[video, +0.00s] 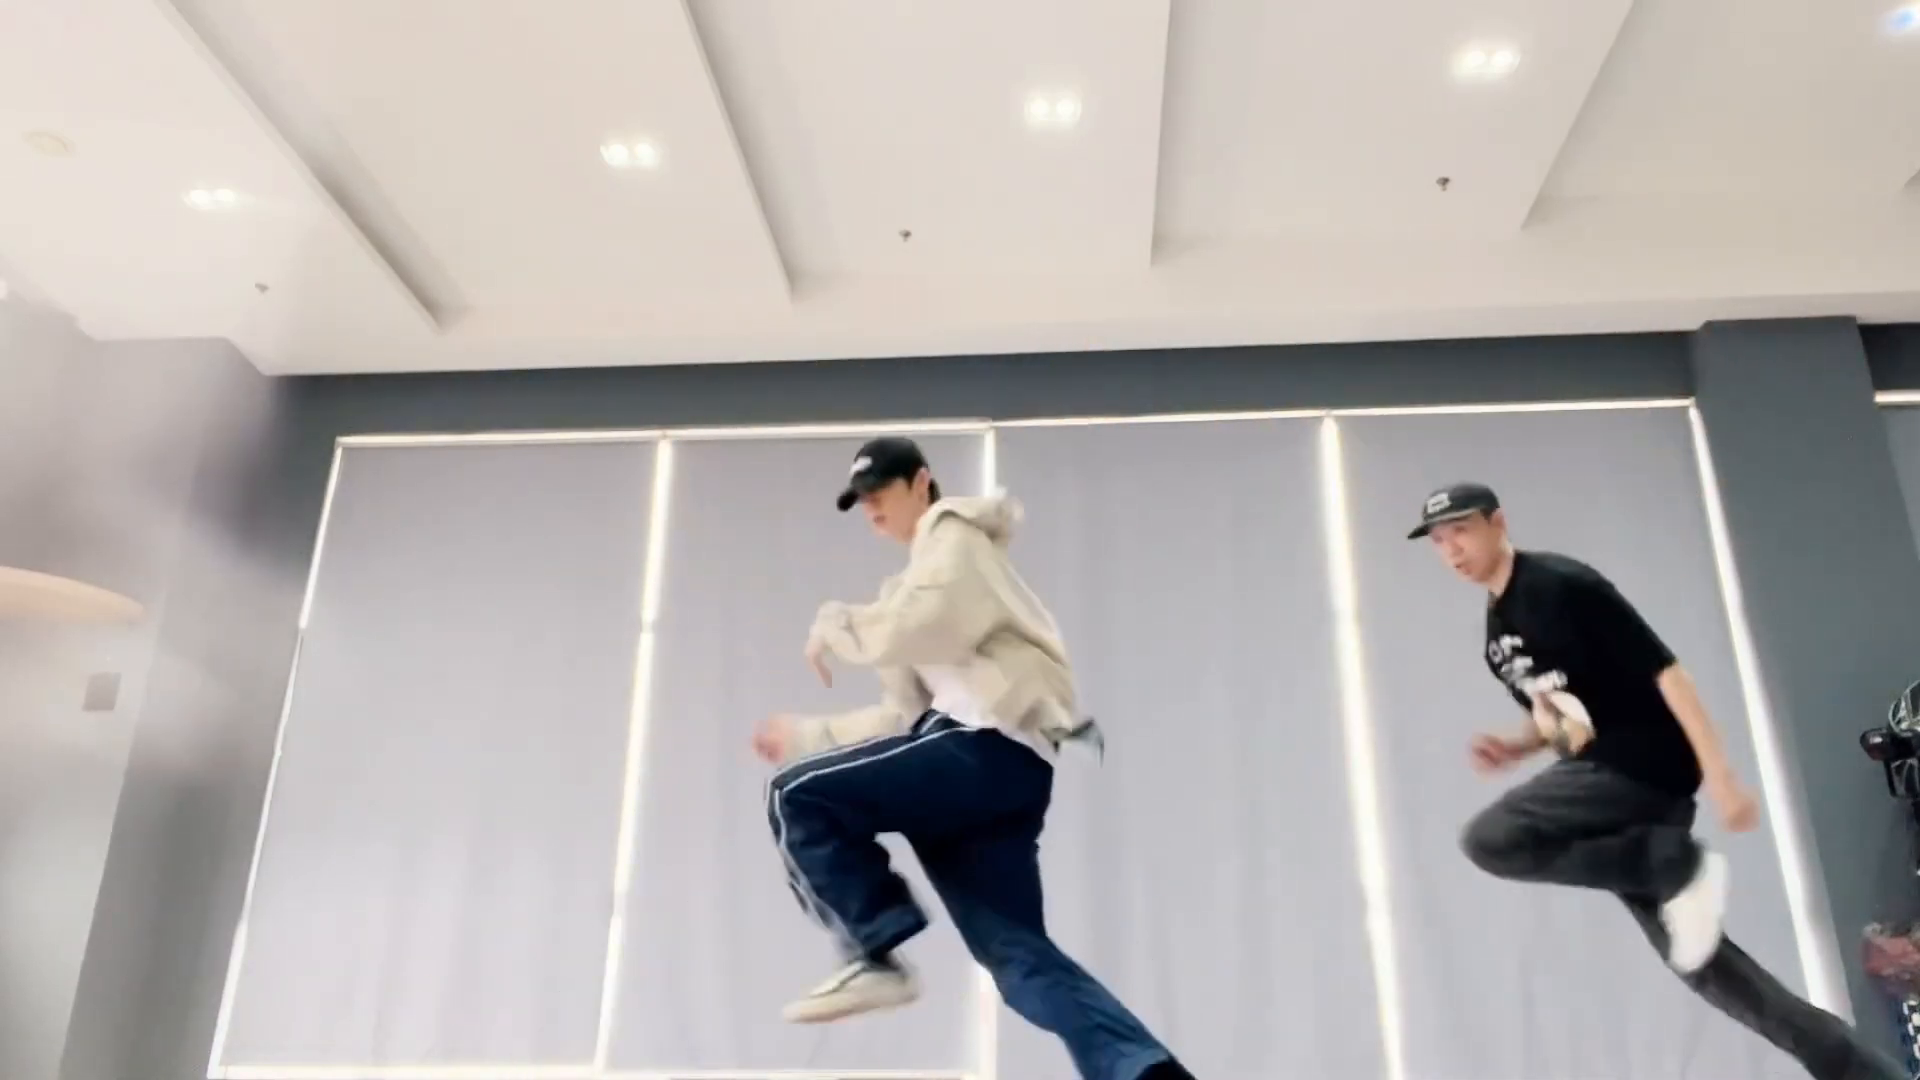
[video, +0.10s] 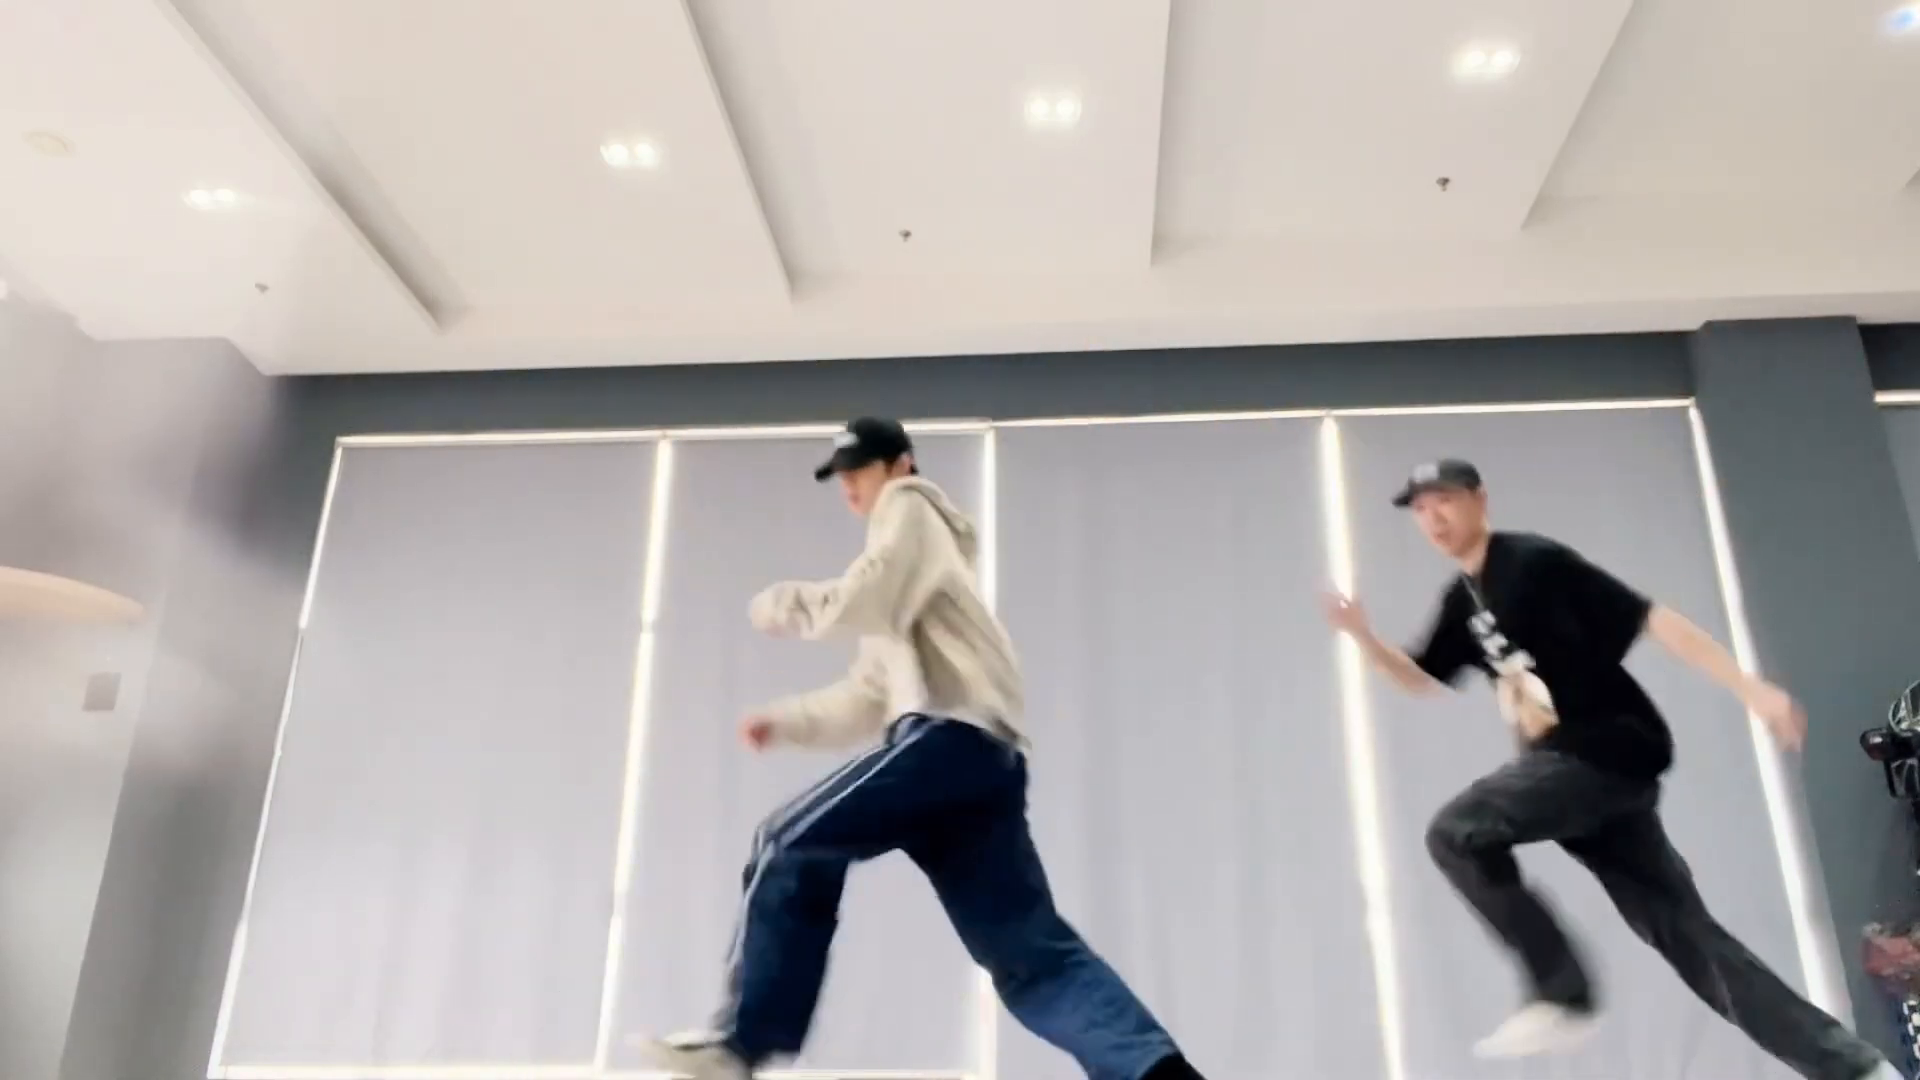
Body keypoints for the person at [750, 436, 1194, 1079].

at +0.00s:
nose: (870, 513)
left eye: (877, 494)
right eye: (862, 503)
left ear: (921, 483)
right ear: (870, 508)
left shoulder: (955, 535)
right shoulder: (915, 581)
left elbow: (931, 619)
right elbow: (907, 714)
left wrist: (835, 626)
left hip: (984, 748)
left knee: (800, 794)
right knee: (1019, 959)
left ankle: (873, 962)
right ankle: (1145, 1068)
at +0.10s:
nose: (845, 489)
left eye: (853, 473)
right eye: (840, 478)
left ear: (894, 464)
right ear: (888, 472)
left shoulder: (908, 508)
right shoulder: (904, 547)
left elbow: (866, 599)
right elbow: (875, 696)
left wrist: (779, 605)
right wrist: (787, 721)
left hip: (947, 739)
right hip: (980, 763)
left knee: (791, 842)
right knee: (1031, 952)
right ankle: (1152, 1065)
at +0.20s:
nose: (809, 454)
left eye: (817, 441)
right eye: (806, 444)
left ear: (856, 438)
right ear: (854, 441)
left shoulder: (863, 491)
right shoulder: (850, 494)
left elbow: (833, 593)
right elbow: (797, 571)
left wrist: (747, 625)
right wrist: (731, 591)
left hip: (882, 713)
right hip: (909, 719)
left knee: (805, 894)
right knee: (998, 891)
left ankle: (688, 1064)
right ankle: (1132, 1047)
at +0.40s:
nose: (732, 437)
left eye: (746, 423)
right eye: (728, 426)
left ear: (785, 428)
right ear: (731, 436)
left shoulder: (783, 495)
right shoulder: (733, 494)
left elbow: (788, 562)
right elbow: (688, 561)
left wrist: (815, 600)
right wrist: (667, 498)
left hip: (758, 698)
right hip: (746, 697)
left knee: (724, 886)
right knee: (784, 890)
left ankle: (683, 1065)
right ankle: (921, 1020)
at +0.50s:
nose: (694, 431)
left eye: (708, 418)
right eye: (687, 422)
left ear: (746, 424)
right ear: (682, 436)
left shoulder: (761, 494)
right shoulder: (674, 509)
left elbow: (769, 610)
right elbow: (595, 573)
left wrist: (779, 532)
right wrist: (624, 476)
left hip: (725, 694)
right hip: (673, 699)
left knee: (681, 867)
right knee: (621, 877)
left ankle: (675, 1064)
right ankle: (760, 999)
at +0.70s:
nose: (617, 467)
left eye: (624, 447)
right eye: (607, 455)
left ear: (662, 449)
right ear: (602, 467)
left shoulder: (692, 511)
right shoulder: (583, 526)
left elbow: (684, 448)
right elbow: (521, 568)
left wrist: (572, 454)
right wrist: (453, 554)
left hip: (643, 706)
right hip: (561, 714)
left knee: (603, 876)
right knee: (477, 868)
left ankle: (638, 1063)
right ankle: (467, 1053)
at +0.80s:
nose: (569, 479)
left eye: (589, 466)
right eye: (562, 464)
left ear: (624, 479)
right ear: (550, 470)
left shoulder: (647, 555)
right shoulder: (520, 544)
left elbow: (638, 504)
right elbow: (482, 506)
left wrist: (575, 446)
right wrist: (530, 457)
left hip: (598, 747)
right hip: (508, 753)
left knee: (593, 926)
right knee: (433, 931)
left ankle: (617, 1068)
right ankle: (400, 1071)